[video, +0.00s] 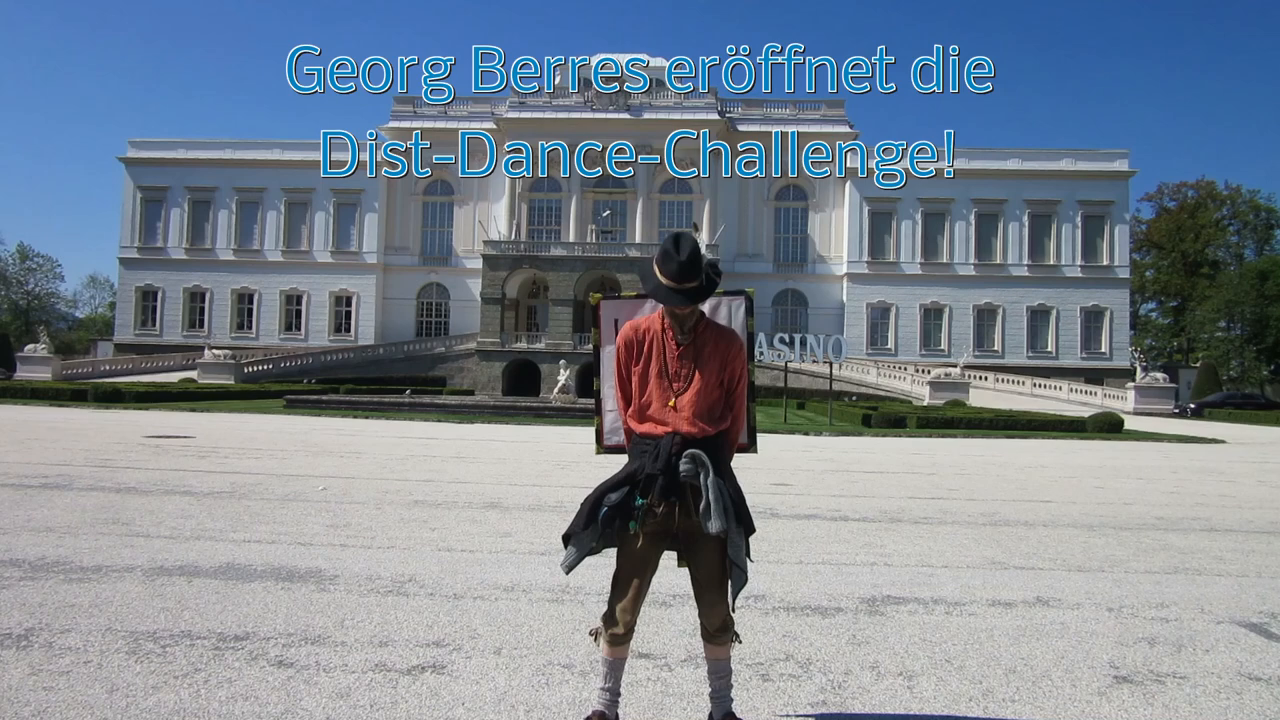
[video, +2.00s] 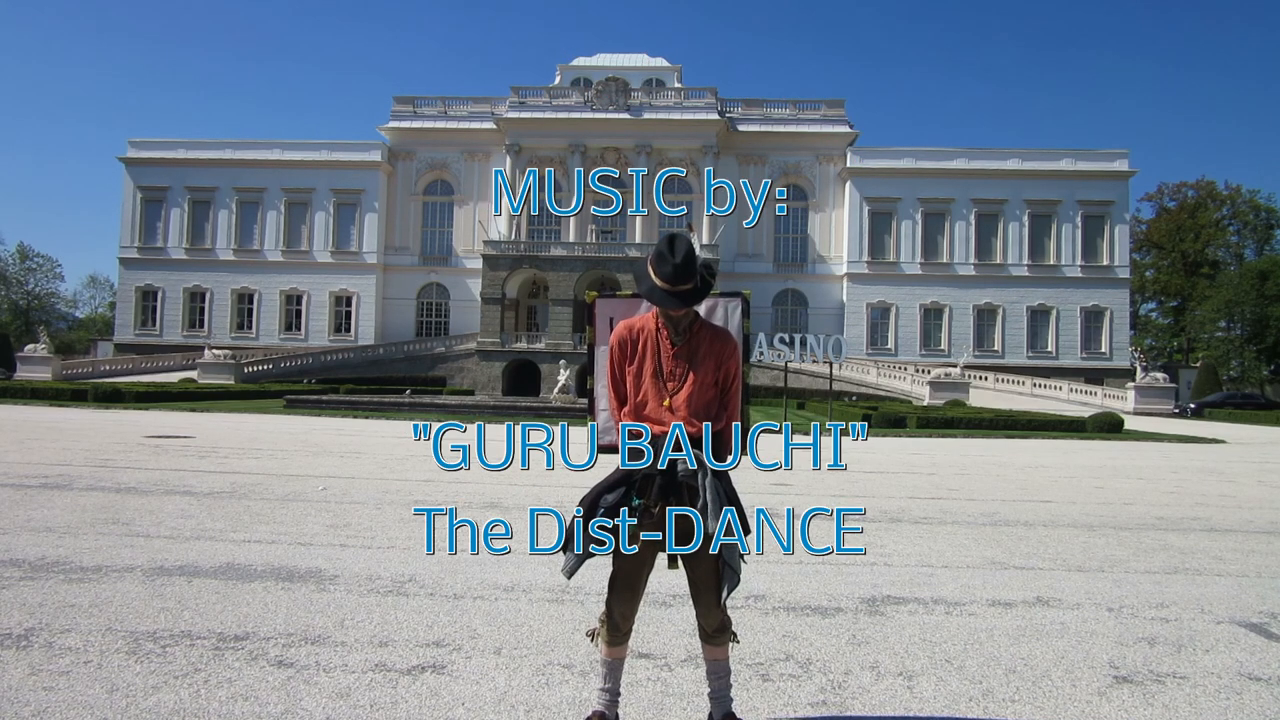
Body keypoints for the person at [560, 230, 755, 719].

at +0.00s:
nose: (681, 311)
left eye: (690, 302)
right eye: (672, 302)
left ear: (704, 293)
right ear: (658, 292)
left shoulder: (728, 344)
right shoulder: (632, 337)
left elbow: (734, 427)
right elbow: (627, 417)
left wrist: (701, 467)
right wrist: (672, 451)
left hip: (706, 486)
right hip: (647, 483)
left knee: (716, 604)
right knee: (625, 600)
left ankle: (722, 706)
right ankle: (607, 701)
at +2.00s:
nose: (677, 309)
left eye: (685, 300)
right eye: (668, 300)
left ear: (699, 292)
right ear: (652, 290)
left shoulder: (723, 344)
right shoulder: (626, 337)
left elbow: (730, 422)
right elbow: (619, 415)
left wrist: (707, 457)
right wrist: (650, 444)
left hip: (700, 488)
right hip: (642, 485)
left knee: (711, 602)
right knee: (622, 599)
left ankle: (722, 704)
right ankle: (608, 699)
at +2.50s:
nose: (677, 310)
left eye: (685, 300)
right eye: (668, 300)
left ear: (698, 291)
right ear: (652, 290)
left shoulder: (723, 345)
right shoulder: (626, 337)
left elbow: (730, 423)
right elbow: (620, 414)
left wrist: (707, 465)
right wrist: (653, 446)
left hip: (701, 492)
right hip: (642, 488)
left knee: (711, 604)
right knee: (621, 600)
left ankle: (721, 706)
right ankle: (607, 701)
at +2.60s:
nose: (676, 311)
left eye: (684, 301)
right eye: (666, 301)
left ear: (699, 293)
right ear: (652, 291)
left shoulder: (722, 344)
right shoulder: (626, 336)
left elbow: (729, 424)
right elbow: (621, 413)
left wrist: (702, 454)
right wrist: (652, 442)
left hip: (700, 490)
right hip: (641, 486)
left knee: (710, 602)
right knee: (621, 599)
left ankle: (721, 706)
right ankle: (607, 701)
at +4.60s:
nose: (678, 308)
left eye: (686, 299)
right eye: (669, 298)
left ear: (698, 292)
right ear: (652, 289)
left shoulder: (720, 344)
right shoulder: (623, 336)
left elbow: (741, 422)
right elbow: (615, 413)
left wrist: (751, 491)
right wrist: (633, 468)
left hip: (700, 486)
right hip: (639, 483)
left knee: (709, 603)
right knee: (621, 599)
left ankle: (721, 706)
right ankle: (607, 700)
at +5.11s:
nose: (676, 322)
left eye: (685, 313)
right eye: (667, 313)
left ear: (701, 298)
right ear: (651, 298)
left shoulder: (716, 327)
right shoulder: (626, 336)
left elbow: (769, 286)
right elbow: (610, 410)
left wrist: (734, 238)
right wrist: (628, 470)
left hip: (699, 480)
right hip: (639, 479)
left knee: (712, 603)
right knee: (621, 600)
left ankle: (721, 707)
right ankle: (606, 704)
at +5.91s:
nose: (668, 306)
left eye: (675, 296)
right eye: (658, 297)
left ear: (686, 294)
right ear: (642, 296)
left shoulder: (699, 329)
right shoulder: (615, 340)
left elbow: (755, 290)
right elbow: (599, 418)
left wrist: (701, 265)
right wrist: (618, 485)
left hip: (698, 482)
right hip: (636, 484)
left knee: (720, 606)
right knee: (624, 611)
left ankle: (724, 706)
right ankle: (609, 702)